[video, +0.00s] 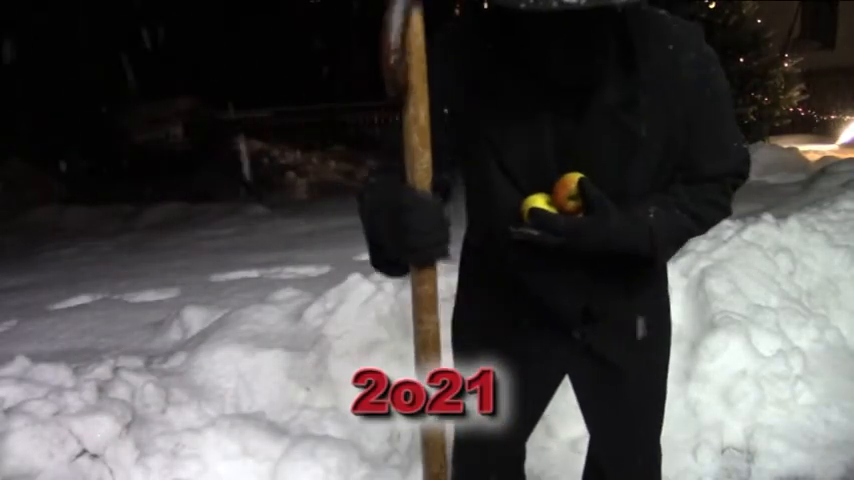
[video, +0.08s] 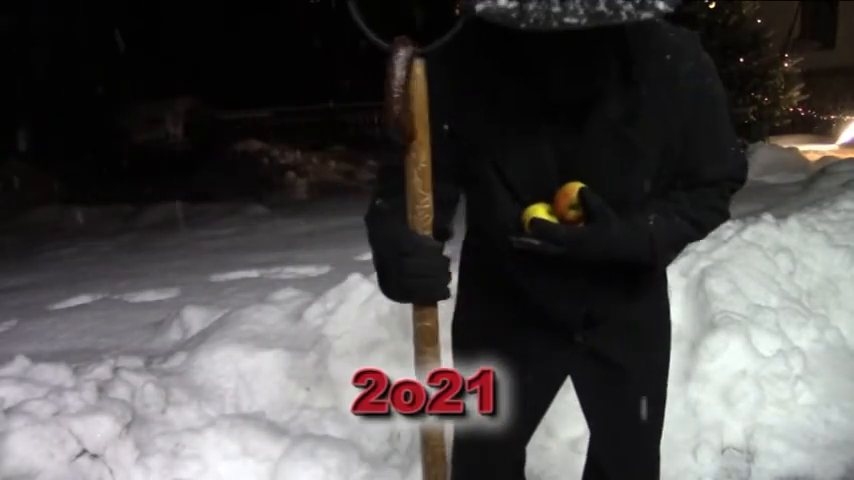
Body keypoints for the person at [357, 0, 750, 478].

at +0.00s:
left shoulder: (668, 48)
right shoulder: (469, 45)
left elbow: (716, 179)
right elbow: (418, 159)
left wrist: (628, 229)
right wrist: (392, 220)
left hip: (623, 298)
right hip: (503, 293)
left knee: (628, 463)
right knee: (484, 457)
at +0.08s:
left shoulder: (667, 57)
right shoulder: (469, 55)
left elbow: (713, 188)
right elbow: (420, 169)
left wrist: (624, 236)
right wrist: (402, 242)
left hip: (624, 307)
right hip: (504, 302)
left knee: (628, 461)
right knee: (483, 457)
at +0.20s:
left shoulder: (659, 56)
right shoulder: (471, 55)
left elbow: (710, 184)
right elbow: (421, 167)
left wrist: (628, 241)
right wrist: (399, 241)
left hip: (620, 309)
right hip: (502, 305)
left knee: (627, 466)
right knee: (480, 462)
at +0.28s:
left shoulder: (663, 57)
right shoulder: (471, 52)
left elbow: (708, 179)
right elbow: (408, 165)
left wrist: (625, 232)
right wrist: (395, 241)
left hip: (618, 305)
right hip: (499, 300)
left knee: (626, 466)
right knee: (479, 462)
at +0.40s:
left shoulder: (658, 47)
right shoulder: (464, 45)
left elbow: (706, 173)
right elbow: (407, 161)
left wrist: (622, 221)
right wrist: (390, 230)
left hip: (615, 302)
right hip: (495, 300)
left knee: (624, 467)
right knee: (477, 464)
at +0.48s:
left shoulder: (653, 41)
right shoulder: (459, 34)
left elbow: (704, 168)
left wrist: (618, 221)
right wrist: (386, 220)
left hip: (613, 295)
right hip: (493, 291)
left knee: (623, 462)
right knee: (476, 460)